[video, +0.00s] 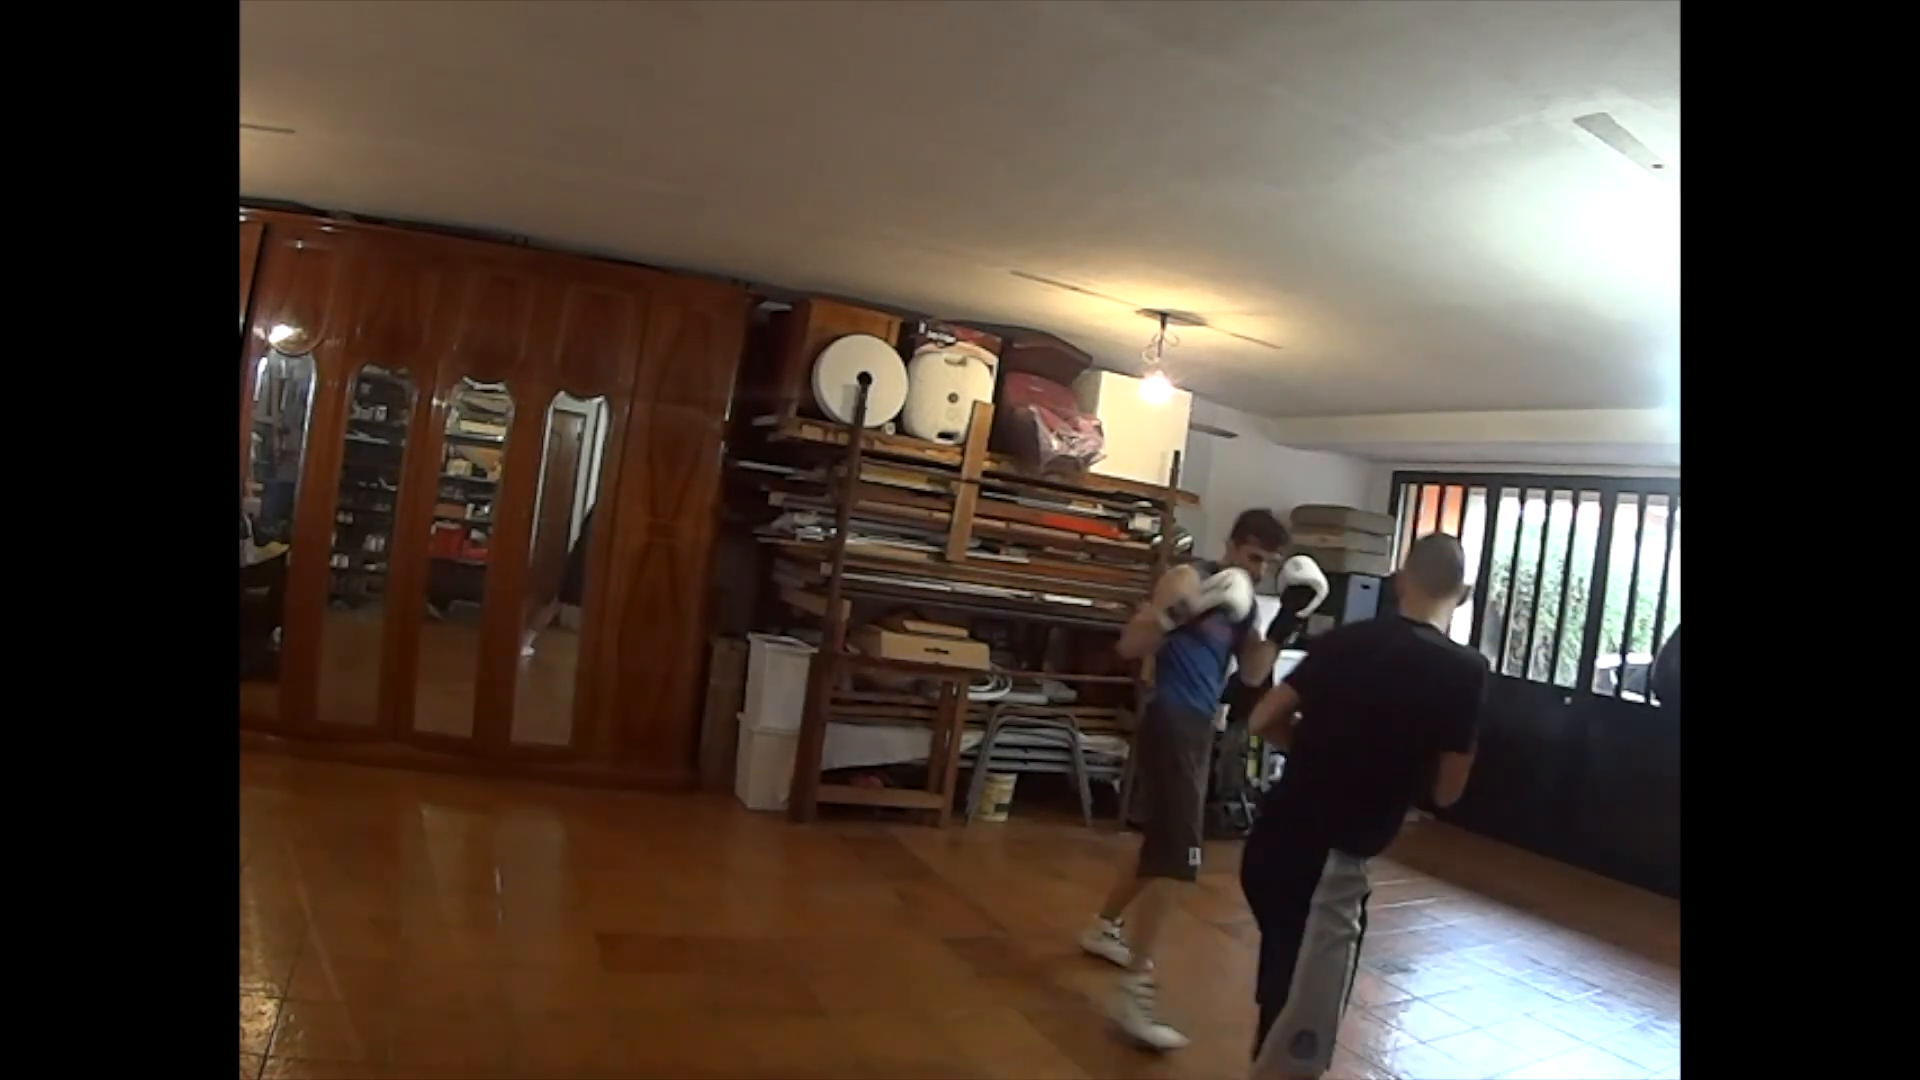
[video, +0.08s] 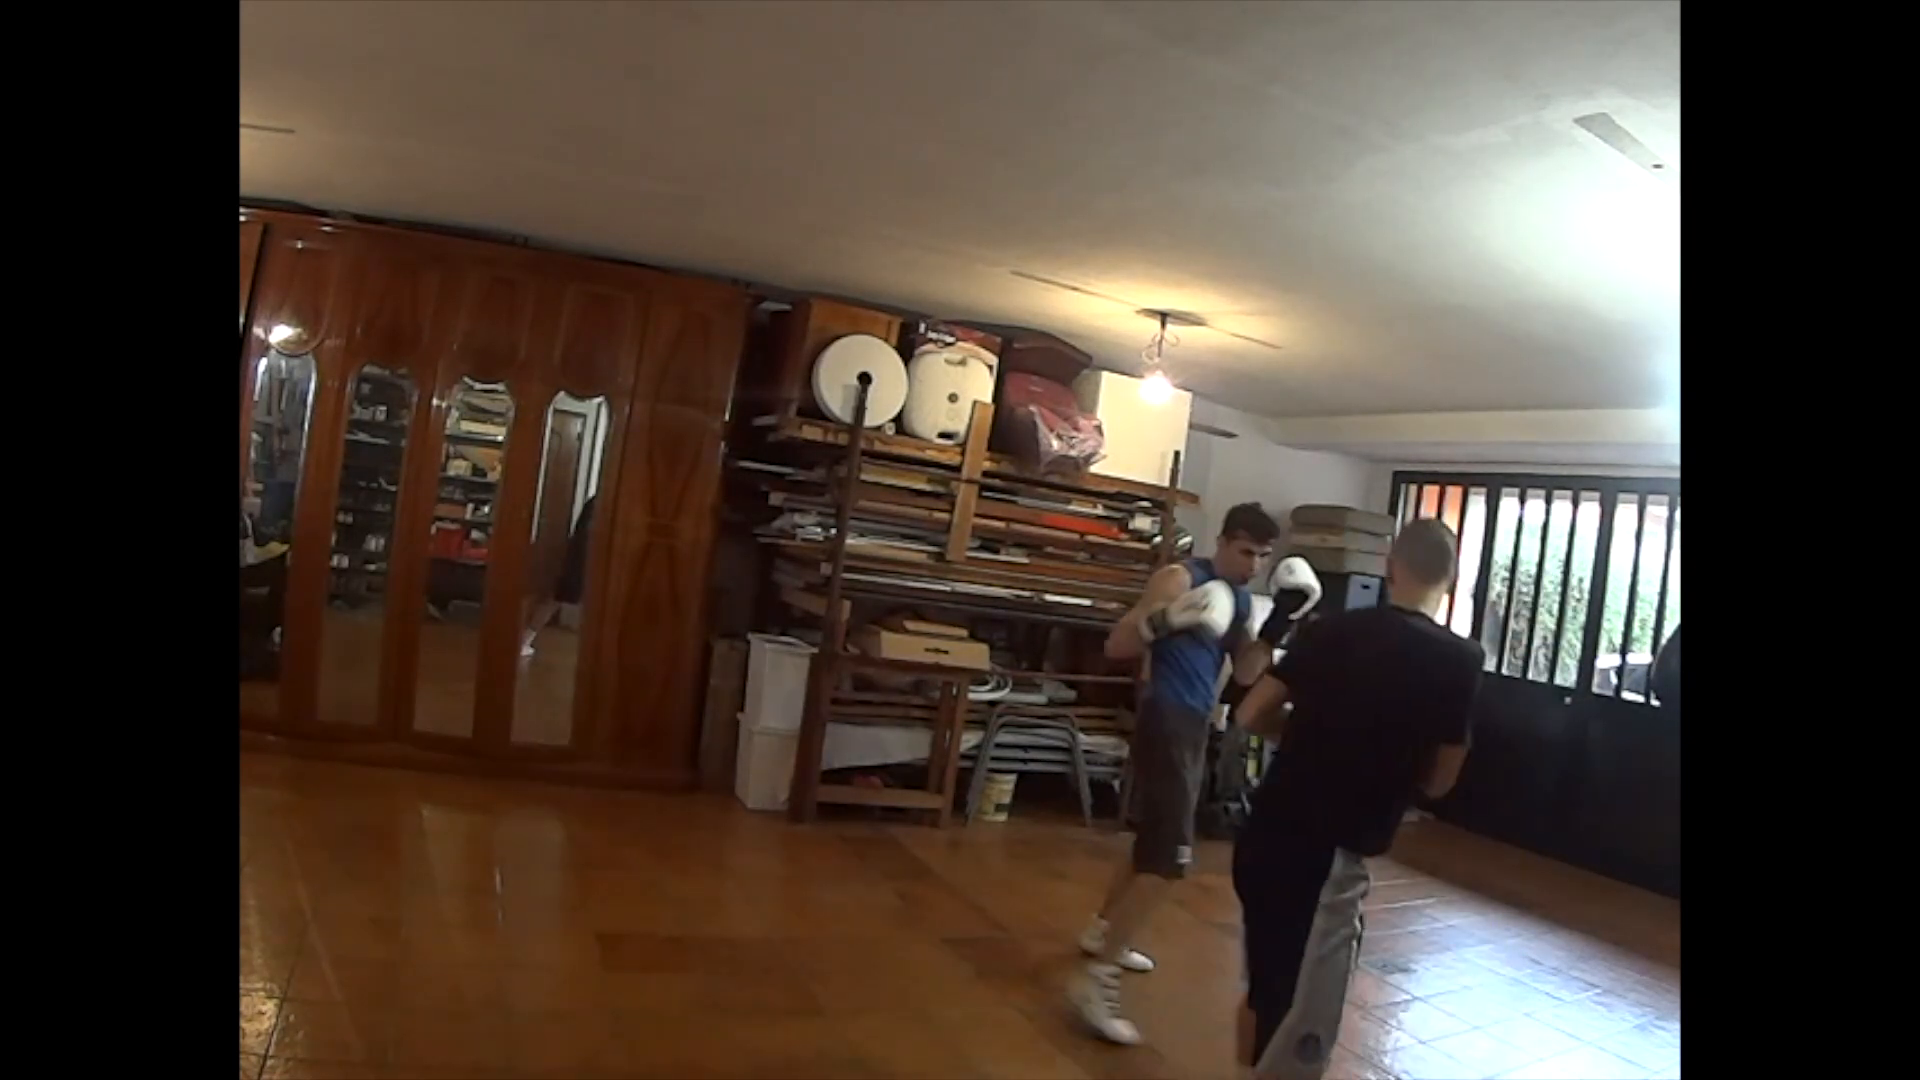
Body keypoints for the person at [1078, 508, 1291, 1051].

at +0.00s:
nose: (1258, 566)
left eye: (1268, 561)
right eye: (1253, 554)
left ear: (1272, 565)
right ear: (1231, 543)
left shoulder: (1246, 606)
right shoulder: (1187, 579)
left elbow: (1254, 673)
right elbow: (1131, 645)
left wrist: (1286, 612)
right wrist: (1183, 608)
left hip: (1197, 729)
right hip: (1170, 723)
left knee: (1163, 843)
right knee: (1174, 857)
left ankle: (1105, 923)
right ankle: (1136, 991)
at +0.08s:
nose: (1251, 564)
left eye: (1260, 557)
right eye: (1245, 551)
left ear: (1263, 558)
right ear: (1222, 541)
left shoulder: (1236, 598)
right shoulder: (1179, 577)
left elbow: (1246, 675)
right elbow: (1118, 645)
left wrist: (1282, 614)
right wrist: (1168, 614)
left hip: (1192, 729)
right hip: (1164, 723)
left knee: (1154, 843)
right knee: (1168, 859)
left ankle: (1107, 931)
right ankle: (1094, 981)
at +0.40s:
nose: (1197, 579)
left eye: (1206, 568)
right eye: (1187, 567)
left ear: (1216, 563)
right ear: (1165, 554)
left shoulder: (1222, 600)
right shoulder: (1127, 591)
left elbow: (1226, 665)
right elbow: (1088, 675)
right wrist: (1124, 664)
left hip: (1172, 741)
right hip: (1118, 735)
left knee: (1157, 855)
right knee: (1090, 861)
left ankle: (1108, 927)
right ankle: (1040, 977)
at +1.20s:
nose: (1262, 575)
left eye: (1271, 566)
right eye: (1256, 561)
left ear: (1276, 567)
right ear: (1230, 549)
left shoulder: (1249, 607)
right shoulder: (1178, 589)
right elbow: (1121, 666)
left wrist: (1249, 645)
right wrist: (1179, 638)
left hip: (1205, 743)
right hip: (1158, 737)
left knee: (1175, 860)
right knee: (1141, 875)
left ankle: (1136, 945)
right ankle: (1110, 1012)